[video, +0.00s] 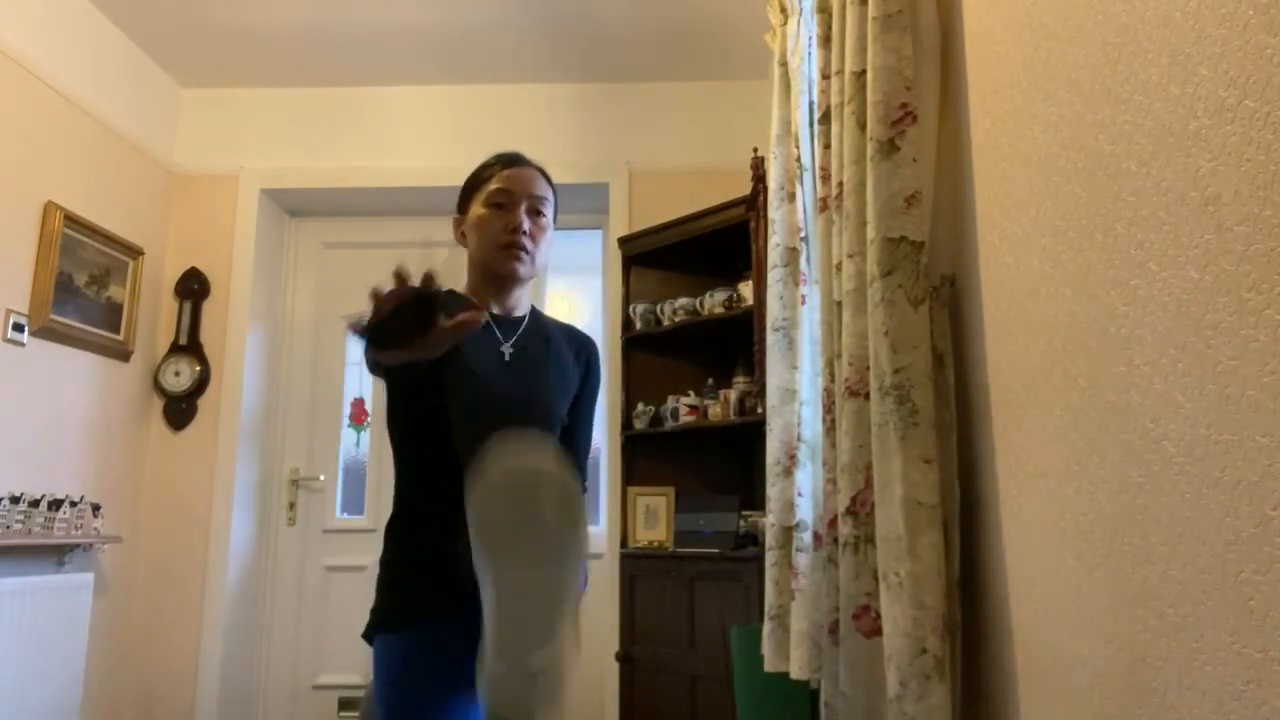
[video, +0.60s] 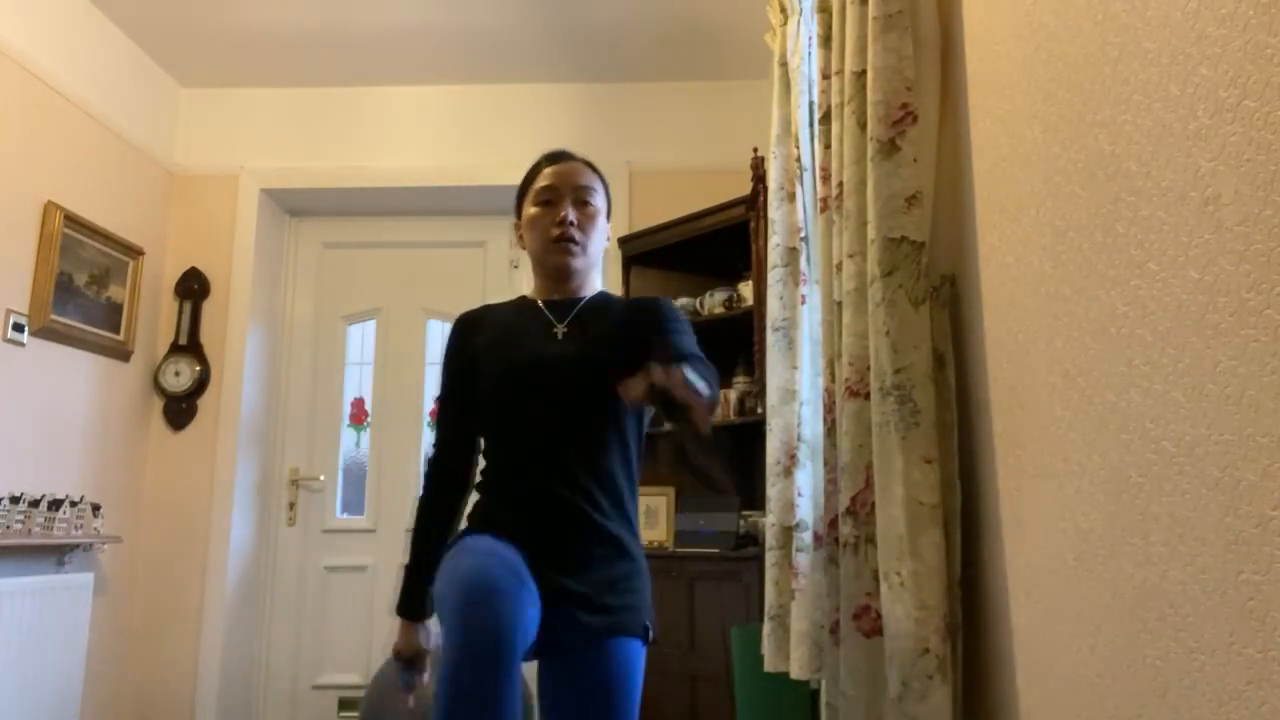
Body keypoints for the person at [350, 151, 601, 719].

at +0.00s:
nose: (521, 220)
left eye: (538, 211)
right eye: (500, 204)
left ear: (549, 238)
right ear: (461, 227)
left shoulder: (575, 352)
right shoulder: (422, 322)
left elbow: (573, 478)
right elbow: (385, 348)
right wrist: (401, 335)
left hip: (533, 600)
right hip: (426, 596)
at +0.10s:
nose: (523, 212)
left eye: (540, 204)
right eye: (503, 196)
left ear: (554, 233)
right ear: (465, 219)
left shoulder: (579, 343)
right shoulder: (416, 307)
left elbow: (578, 471)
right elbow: (383, 359)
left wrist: (566, 557)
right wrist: (368, 411)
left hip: (537, 548)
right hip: (431, 554)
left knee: (523, 633)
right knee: (414, 708)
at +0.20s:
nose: (528, 209)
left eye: (545, 200)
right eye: (508, 194)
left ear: (558, 229)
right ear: (471, 219)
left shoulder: (589, 338)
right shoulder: (416, 314)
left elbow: (593, 472)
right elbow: (371, 421)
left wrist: (584, 580)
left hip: (547, 582)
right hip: (433, 577)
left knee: (541, 710)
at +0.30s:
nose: (535, 218)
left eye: (553, 209)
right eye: (515, 204)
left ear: (569, 237)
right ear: (480, 229)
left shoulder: (606, 341)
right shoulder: (430, 329)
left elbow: (621, 480)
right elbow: (381, 467)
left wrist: (629, 603)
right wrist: (335, 595)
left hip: (568, 620)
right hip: (442, 615)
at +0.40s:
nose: (549, 217)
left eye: (566, 207)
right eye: (529, 204)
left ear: (584, 234)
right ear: (497, 231)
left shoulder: (627, 336)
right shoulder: (449, 329)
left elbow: (656, 468)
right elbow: (407, 472)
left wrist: (689, 606)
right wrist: (354, 617)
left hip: (586, 617)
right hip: (464, 613)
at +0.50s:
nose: (559, 217)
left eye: (577, 205)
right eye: (539, 204)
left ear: (599, 234)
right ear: (512, 235)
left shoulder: (641, 331)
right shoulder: (468, 332)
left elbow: (687, 423)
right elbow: (429, 477)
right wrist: (385, 612)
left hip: (600, 591)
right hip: (485, 588)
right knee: (468, 707)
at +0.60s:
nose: (565, 213)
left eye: (584, 202)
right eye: (546, 200)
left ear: (608, 232)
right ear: (520, 232)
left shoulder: (645, 319)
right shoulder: (479, 330)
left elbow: (702, 386)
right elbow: (450, 471)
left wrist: (676, 382)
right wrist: (413, 610)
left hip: (603, 565)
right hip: (500, 548)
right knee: (484, 600)